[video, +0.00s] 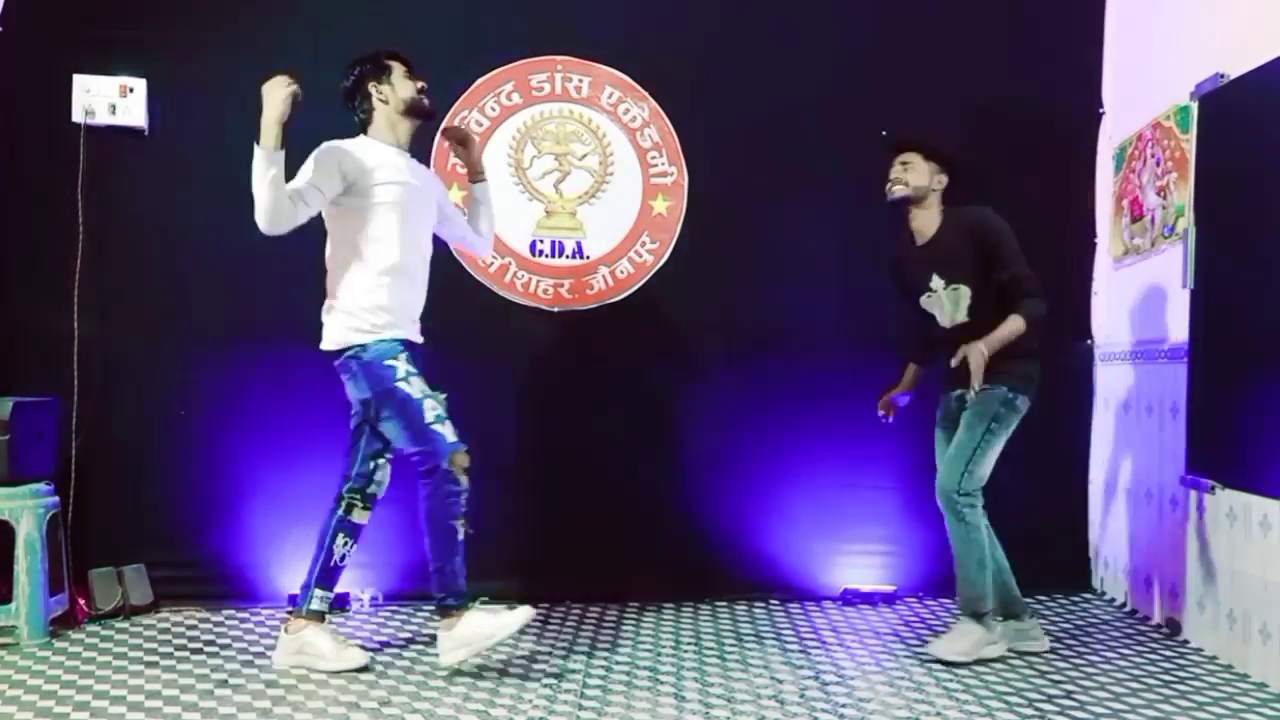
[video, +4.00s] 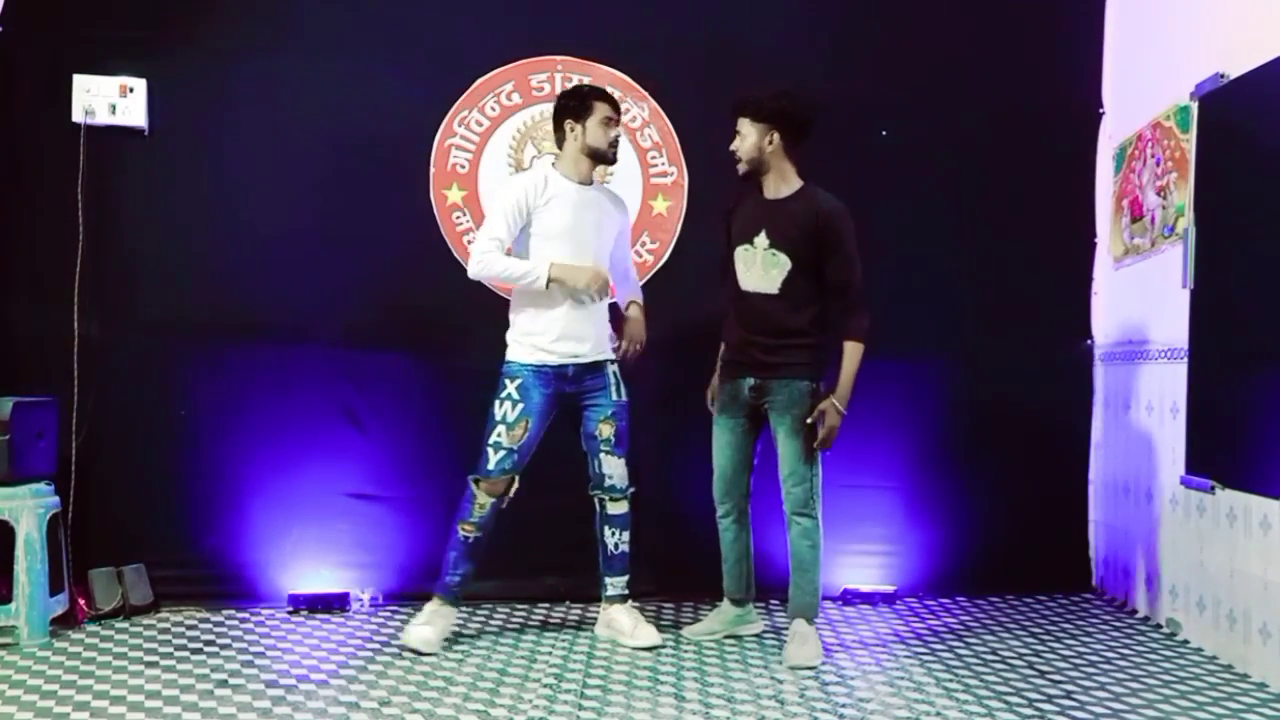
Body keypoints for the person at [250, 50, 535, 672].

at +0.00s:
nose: (422, 88)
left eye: (420, 80)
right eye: (408, 78)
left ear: (405, 96)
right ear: (374, 91)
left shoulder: (424, 180)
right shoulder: (345, 155)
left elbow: (479, 240)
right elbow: (273, 217)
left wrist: (473, 171)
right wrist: (271, 125)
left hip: (399, 340)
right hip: (362, 338)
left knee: (365, 480)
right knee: (446, 458)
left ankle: (304, 624)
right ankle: (455, 619)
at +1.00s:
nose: (624, 109)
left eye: (622, 100)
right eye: (616, 99)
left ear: (587, 107)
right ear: (585, 106)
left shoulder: (605, 172)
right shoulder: (558, 170)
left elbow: (614, 262)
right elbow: (568, 243)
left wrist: (636, 343)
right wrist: (617, 187)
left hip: (619, 350)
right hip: (592, 352)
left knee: (604, 484)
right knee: (595, 484)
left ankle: (600, 610)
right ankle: (588, 616)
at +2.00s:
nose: (599, 110)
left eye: (606, 100)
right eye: (587, 102)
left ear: (618, 109)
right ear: (567, 113)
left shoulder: (638, 182)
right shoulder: (540, 174)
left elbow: (642, 257)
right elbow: (490, 239)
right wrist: (506, 285)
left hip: (610, 346)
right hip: (548, 335)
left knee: (611, 474)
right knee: (497, 453)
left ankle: (599, 604)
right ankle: (450, 578)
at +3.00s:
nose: (483, 143)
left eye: (481, 134)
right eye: (472, 135)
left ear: (457, 146)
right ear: (439, 145)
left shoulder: (505, 204)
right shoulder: (404, 225)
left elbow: (539, 256)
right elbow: (404, 318)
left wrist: (540, 295)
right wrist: (475, 290)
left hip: (530, 371)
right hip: (459, 377)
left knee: (582, 480)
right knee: (419, 494)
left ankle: (615, 604)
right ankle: (377, 609)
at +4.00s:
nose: (617, 133)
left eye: (618, 125)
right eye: (607, 123)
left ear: (591, 133)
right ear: (571, 128)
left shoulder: (614, 207)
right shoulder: (525, 188)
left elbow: (624, 272)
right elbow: (483, 262)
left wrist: (634, 308)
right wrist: (556, 273)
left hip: (598, 362)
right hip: (532, 360)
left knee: (613, 481)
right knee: (493, 479)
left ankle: (616, 605)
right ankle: (445, 603)